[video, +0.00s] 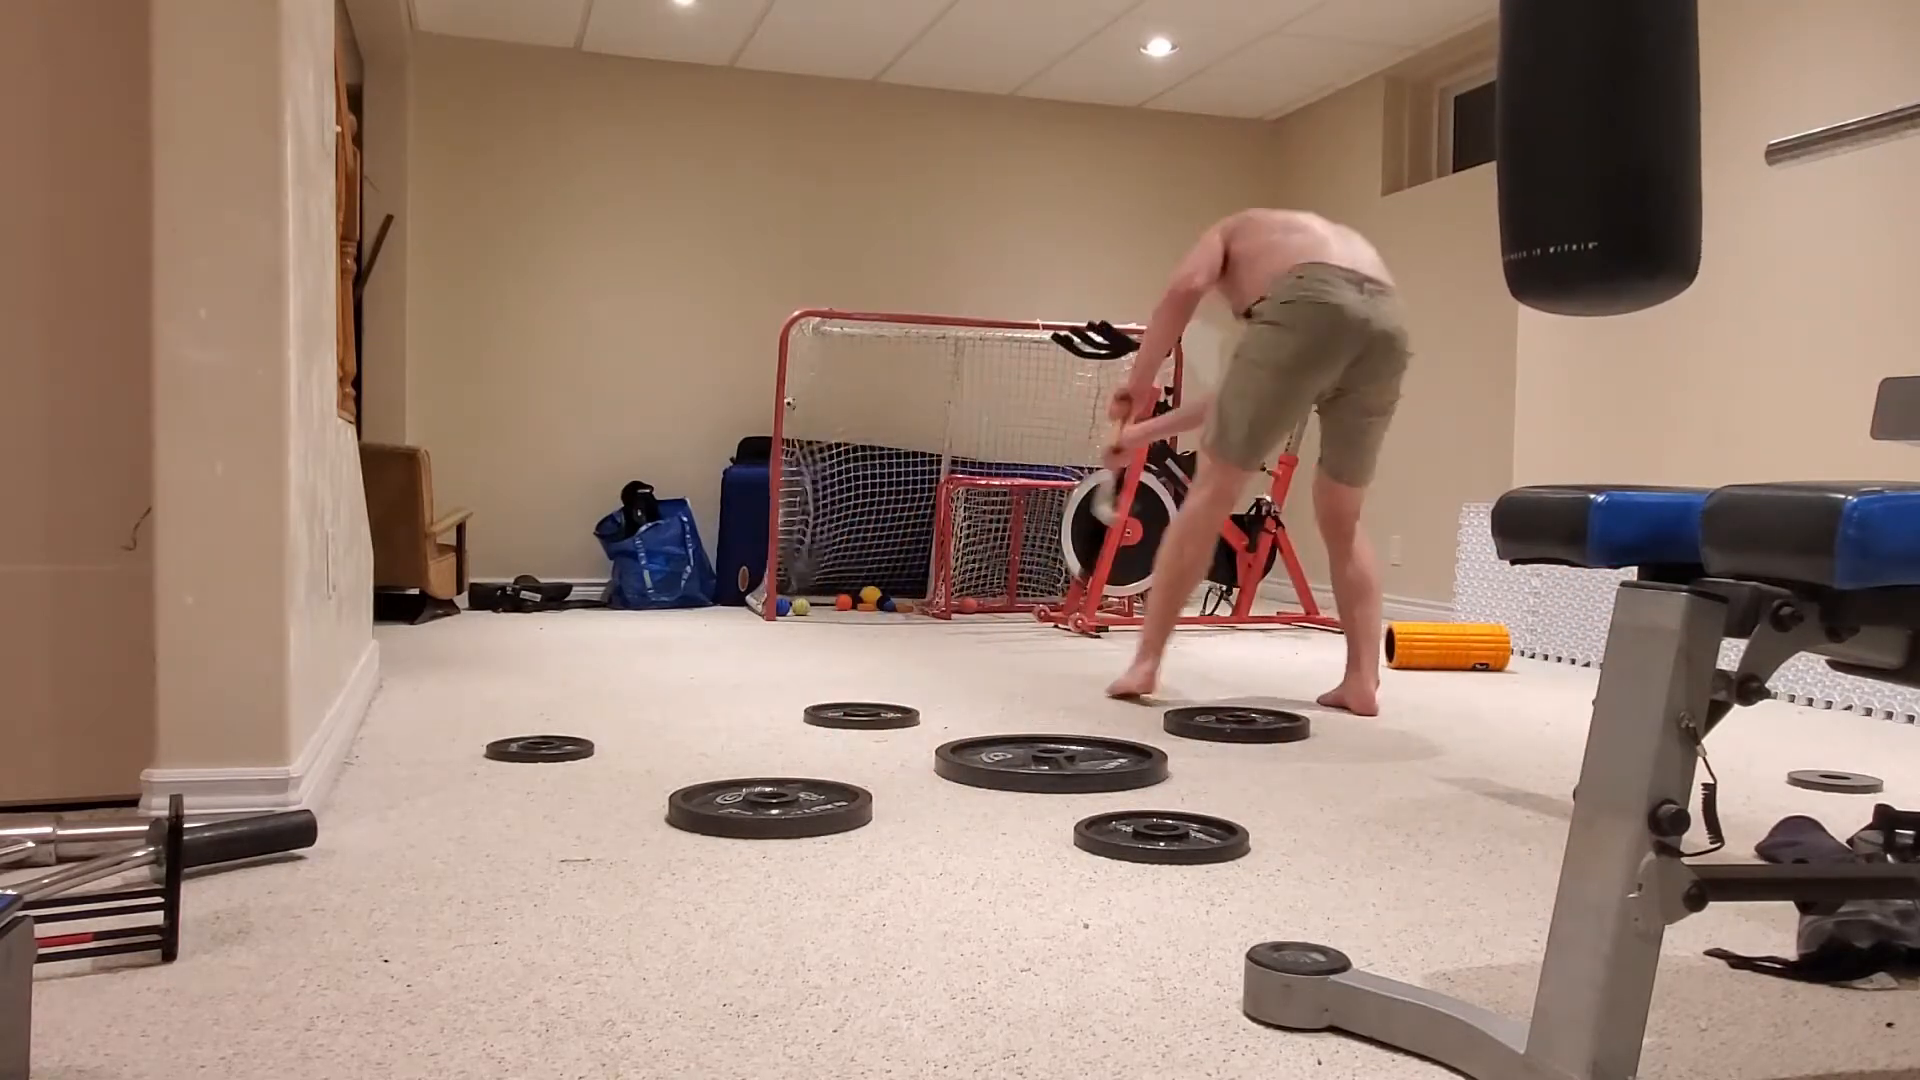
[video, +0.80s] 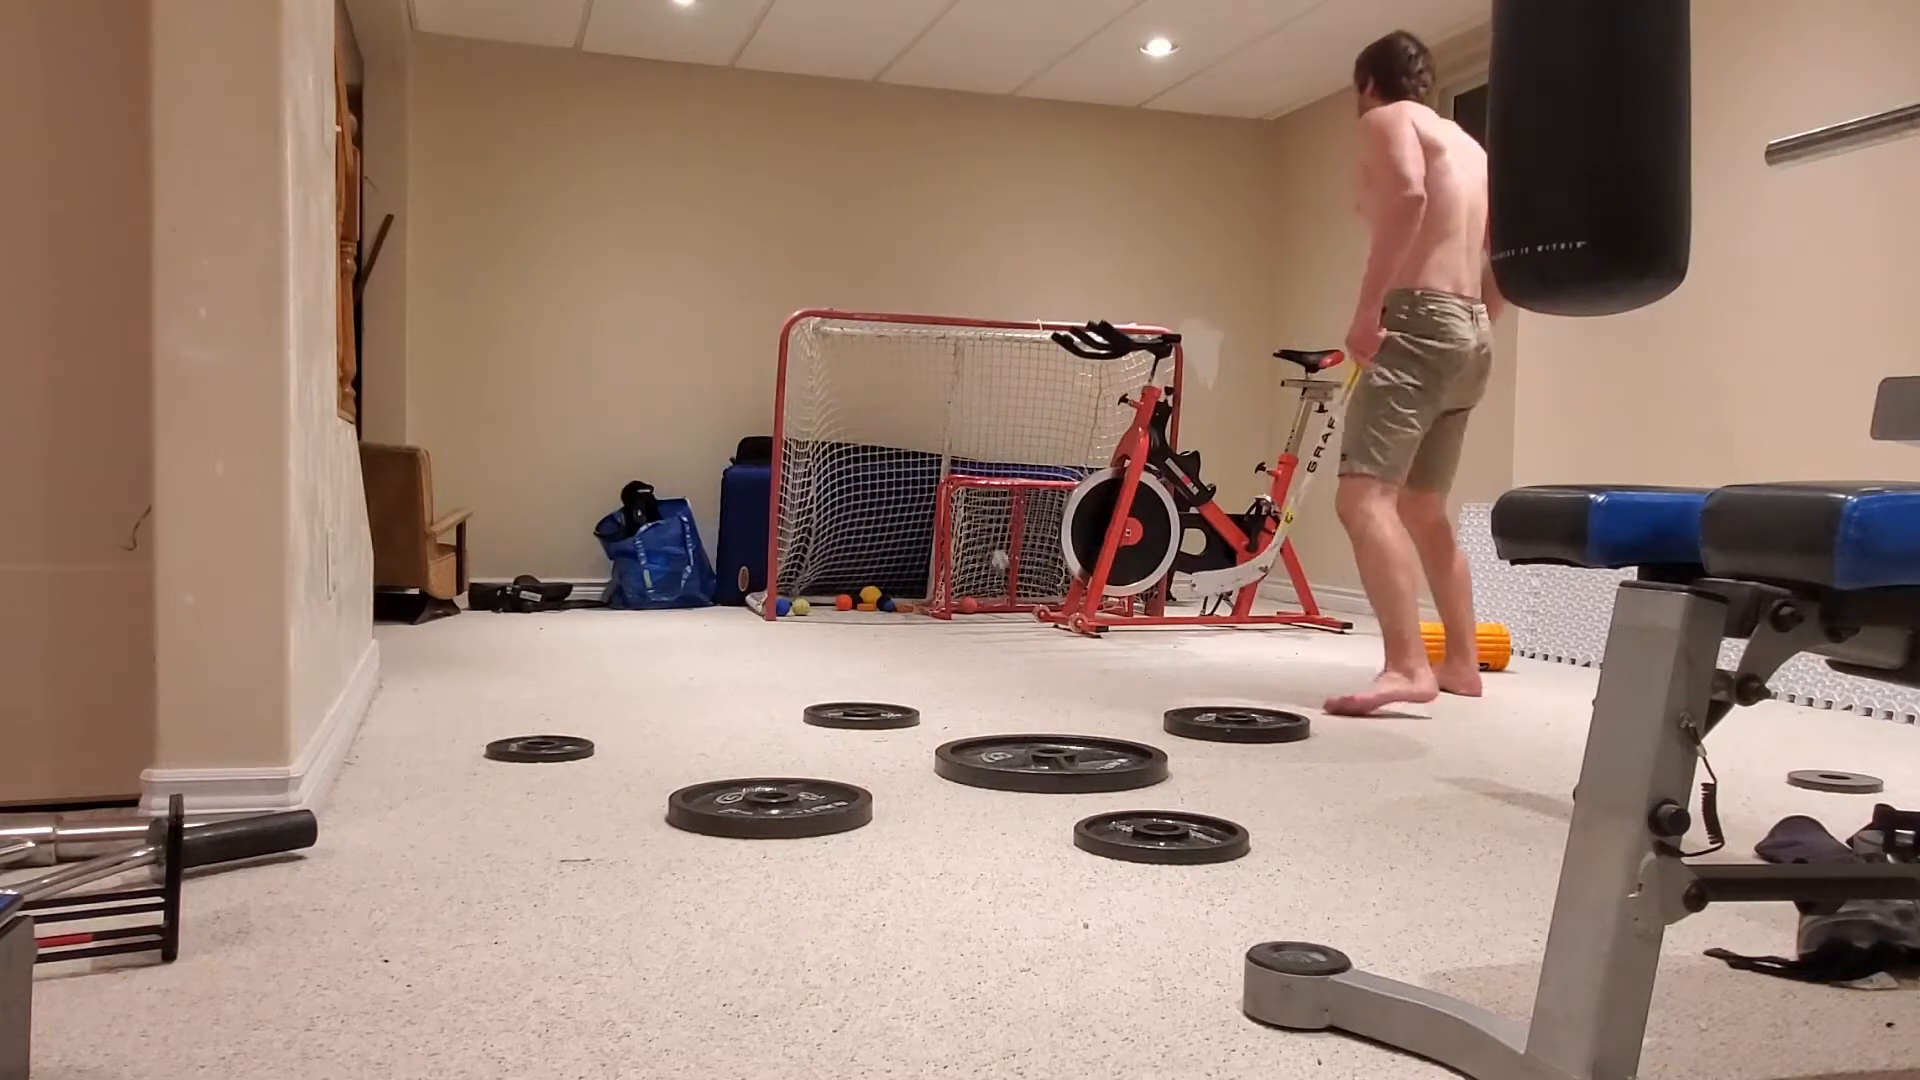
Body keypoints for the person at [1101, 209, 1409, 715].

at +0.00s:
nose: (1247, 315)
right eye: (1247, 308)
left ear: (1233, 241)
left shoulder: (1231, 229)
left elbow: (1189, 286)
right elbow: (1233, 398)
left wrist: (1139, 384)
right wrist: (1142, 434)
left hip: (1309, 298)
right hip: (1389, 320)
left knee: (1213, 494)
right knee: (1344, 520)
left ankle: (1146, 664)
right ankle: (1361, 683)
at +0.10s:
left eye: (1233, 191)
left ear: (1243, 175)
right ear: (1280, 171)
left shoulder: (1248, 179)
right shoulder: (1340, 199)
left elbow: (1229, 225)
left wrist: (1178, 328)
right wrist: (1249, 440)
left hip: (1338, 290)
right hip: (1415, 303)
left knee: (1257, 481)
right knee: (1355, 504)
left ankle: (1228, 671)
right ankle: (1364, 683)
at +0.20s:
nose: (1238, 193)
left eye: (1235, 180)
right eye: (1234, 189)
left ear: (1245, 148)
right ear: (1293, 135)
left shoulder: (1254, 150)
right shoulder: (1352, 169)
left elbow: (1274, 187)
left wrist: (1232, 296)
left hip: (1361, 290)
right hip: (1431, 299)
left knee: (1296, 484)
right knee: (1371, 502)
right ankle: (1368, 679)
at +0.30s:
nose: (1258, 171)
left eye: (1253, 159)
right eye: (1254, 168)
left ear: (1259, 133)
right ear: (1308, 118)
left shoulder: (1274, 139)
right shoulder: (1381, 167)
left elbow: (1305, 174)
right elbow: (1460, 261)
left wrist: (1284, 283)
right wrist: (1467, 367)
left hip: (1375, 301)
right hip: (1441, 308)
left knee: (1347, 507)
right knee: (1382, 505)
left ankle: (1405, 692)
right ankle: (1383, 669)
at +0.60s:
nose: (1319, 120)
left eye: (1317, 109)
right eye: (1317, 113)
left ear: (1328, 93)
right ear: (1383, 91)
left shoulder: (1348, 118)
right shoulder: (1438, 148)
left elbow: (1382, 181)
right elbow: (1511, 225)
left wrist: (1361, 293)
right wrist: (1537, 318)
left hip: (1409, 315)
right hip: (1463, 321)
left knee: (1374, 510)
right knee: (1415, 511)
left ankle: (1406, 692)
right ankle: (1457, 666)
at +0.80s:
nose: (1357, 105)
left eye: (1356, 95)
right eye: (1356, 97)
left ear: (1370, 85)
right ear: (1427, 85)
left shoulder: (1387, 118)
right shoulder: (1471, 145)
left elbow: (1406, 193)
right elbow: (1501, 246)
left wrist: (1366, 308)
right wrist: (1482, 322)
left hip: (1419, 319)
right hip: (1471, 331)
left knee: (1362, 499)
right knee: (1424, 507)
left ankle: (1405, 671)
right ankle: (1462, 664)